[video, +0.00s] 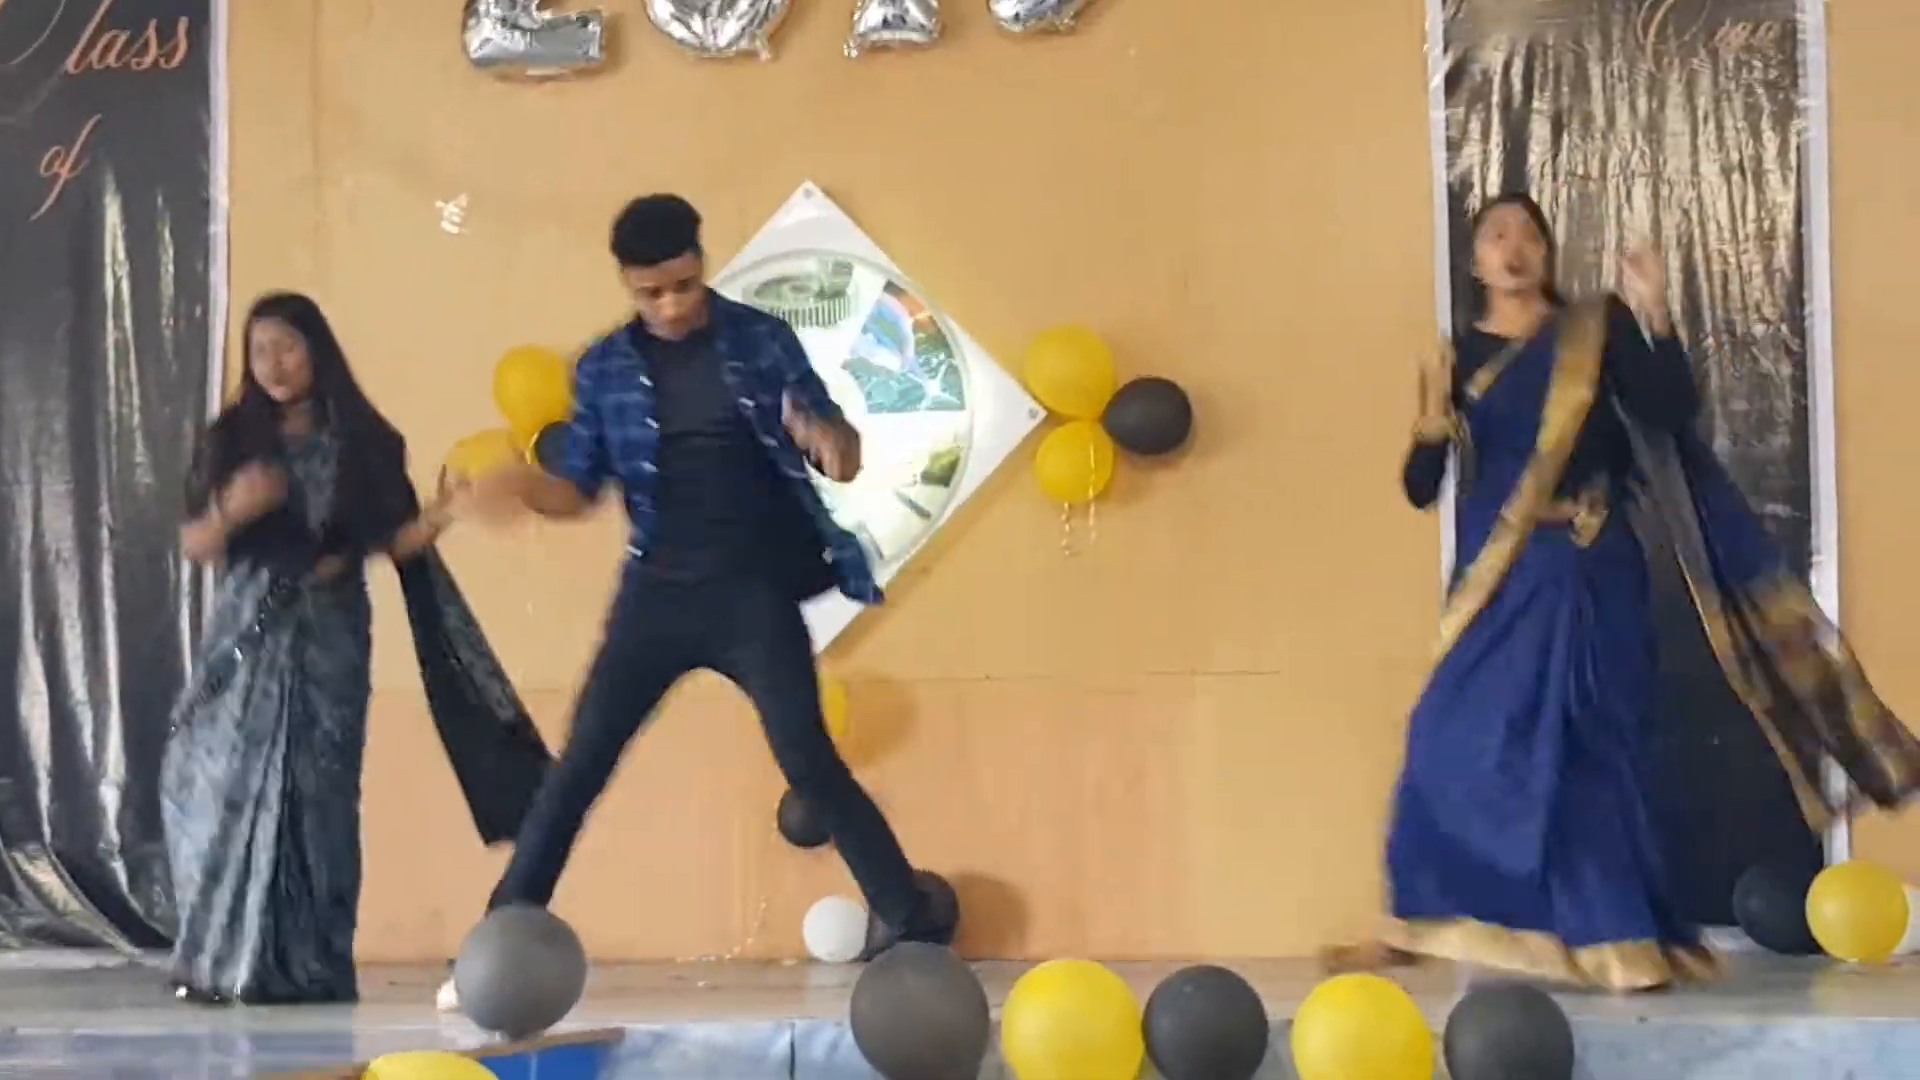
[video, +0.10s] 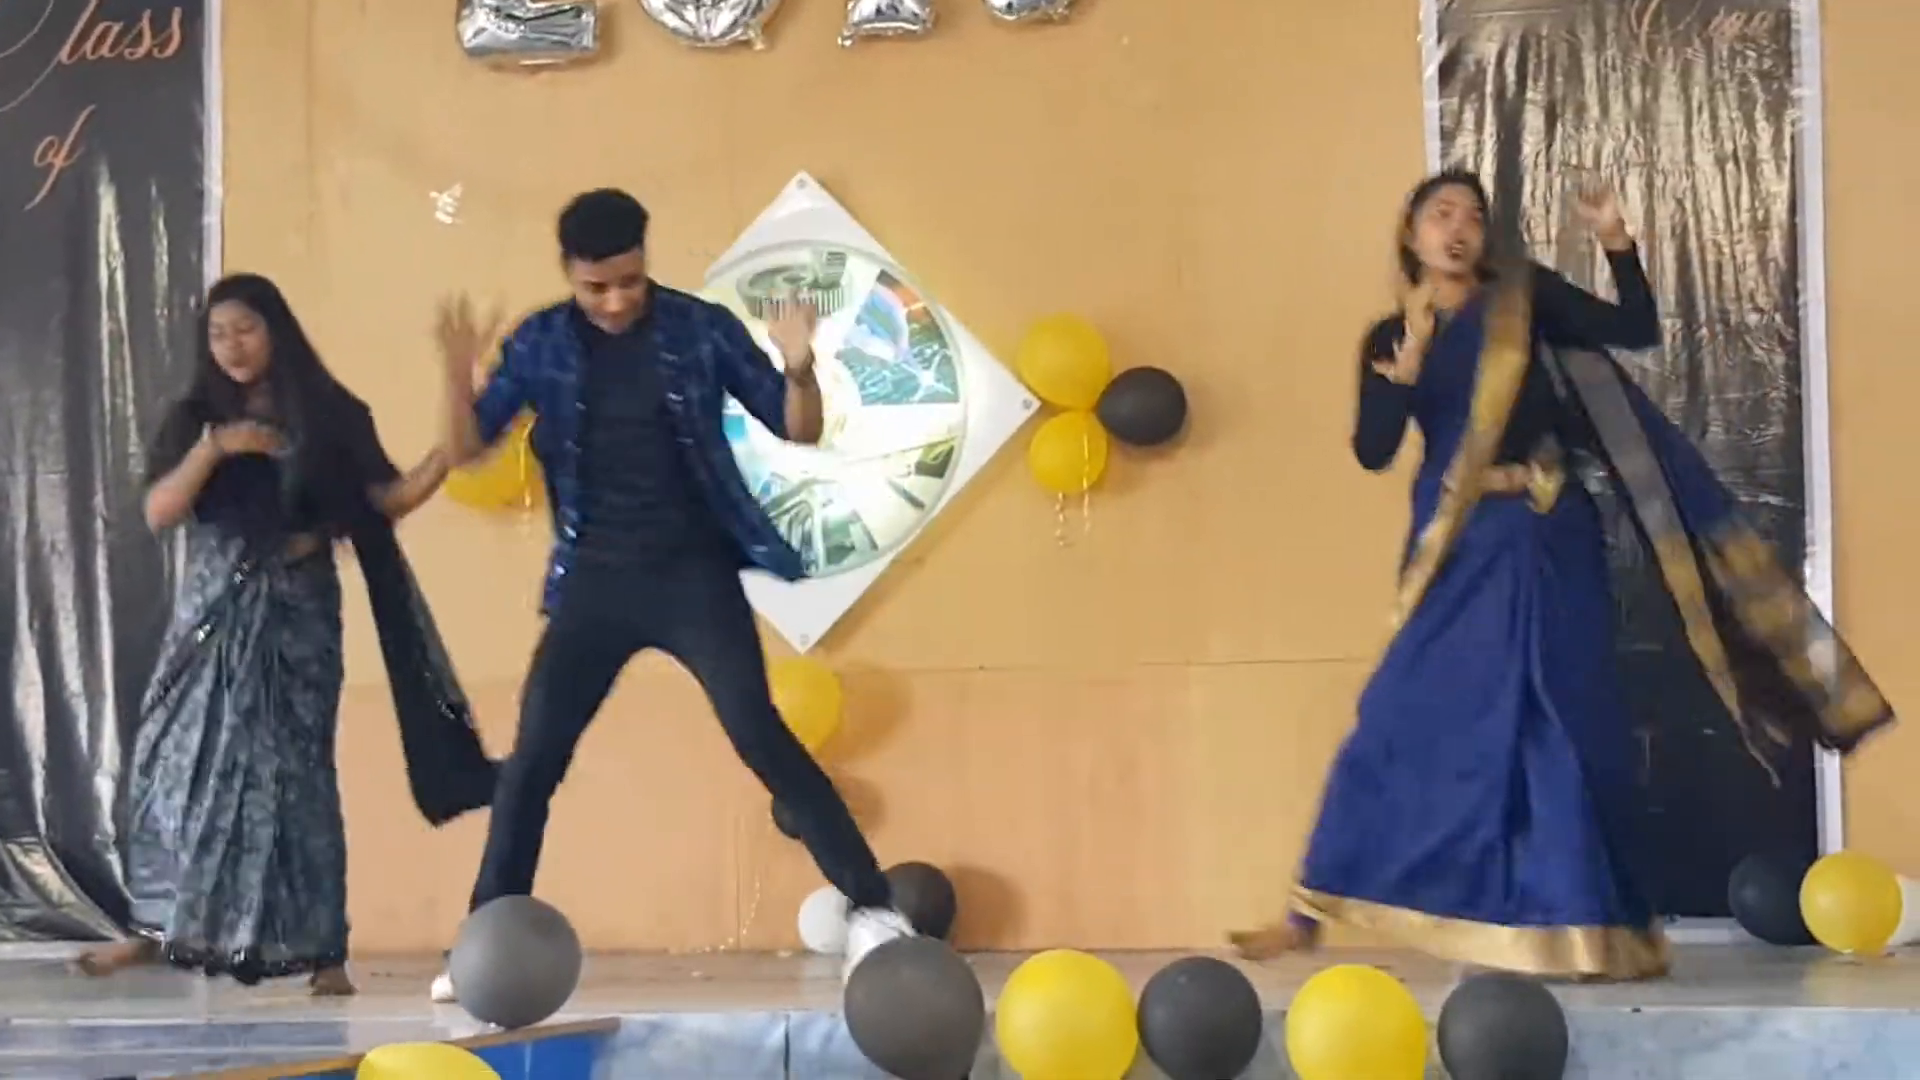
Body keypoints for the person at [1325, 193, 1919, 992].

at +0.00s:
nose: (1513, 248)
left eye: (1527, 234)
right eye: (1497, 236)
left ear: (1549, 250)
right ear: (1473, 256)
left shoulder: (1598, 326)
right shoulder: (1458, 357)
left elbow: (1673, 414)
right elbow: (1418, 489)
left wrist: (1656, 317)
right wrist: (1431, 433)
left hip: (1592, 556)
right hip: (1501, 564)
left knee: (1591, 734)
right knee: (1456, 723)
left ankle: (1617, 933)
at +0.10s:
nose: (1459, 228)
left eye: (1471, 216)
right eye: (1443, 213)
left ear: (1488, 235)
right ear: (1411, 234)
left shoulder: (1524, 297)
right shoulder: (1392, 334)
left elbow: (1637, 329)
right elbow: (1372, 450)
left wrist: (1617, 245)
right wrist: (1405, 363)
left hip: (1549, 523)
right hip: (1458, 532)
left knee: (1560, 714)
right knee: (1398, 708)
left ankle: (1584, 925)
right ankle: (1308, 911)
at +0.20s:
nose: (1398, 235)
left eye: (1412, 223)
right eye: (1384, 219)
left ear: (1424, 236)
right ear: (1349, 228)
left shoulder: (1456, 304)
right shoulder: (1327, 329)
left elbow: (1571, 324)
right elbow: (1333, 428)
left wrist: (1584, 243)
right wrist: (1397, 329)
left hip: (1507, 530)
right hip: (1413, 541)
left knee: (1538, 714)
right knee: (1346, 713)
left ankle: (1609, 917)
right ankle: (1255, 903)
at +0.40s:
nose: (1308, 262)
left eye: (1325, 253)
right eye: (1296, 242)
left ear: (1340, 268)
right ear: (1267, 245)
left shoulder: (1355, 337)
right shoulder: (1227, 327)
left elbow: (1475, 365)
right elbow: (1236, 411)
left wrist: (1518, 276)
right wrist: (1330, 342)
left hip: (1387, 539)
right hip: (1295, 547)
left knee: (1424, 717)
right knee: (1283, 724)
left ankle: (1559, 894)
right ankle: (1245, 919)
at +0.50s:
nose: (1284, 240)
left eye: (1302, 231)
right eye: (1272, 223)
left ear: (1325, 243)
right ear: (1250, 227)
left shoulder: (1350, 317)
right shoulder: (1215, 305)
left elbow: (1458, 347)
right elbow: (1182, 384)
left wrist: (1478, 257)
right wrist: (1287, 314)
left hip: (1362, 534)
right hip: (1265, 541)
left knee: (1390, 705)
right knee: (1271, 711)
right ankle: (1251, 908)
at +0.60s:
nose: (1274, 223)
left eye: (1291, 211)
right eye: (1262, 208)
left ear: (1316, 223)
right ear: (1241, 214)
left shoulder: (1347, 293)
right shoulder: (1211, 288)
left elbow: (1438, 368)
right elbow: (1139, 385)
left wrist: (1438, 284)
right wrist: (1237, 324)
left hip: (1345, 513)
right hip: (1250, 514)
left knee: (1349, 692)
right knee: (1255, 691)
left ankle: (1352, 896)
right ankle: (1251, 893)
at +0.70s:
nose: (1272, 238)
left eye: (1291, 226)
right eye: (1261, 221)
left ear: (1318, 238)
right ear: (1241, 224)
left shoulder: (1351, 308)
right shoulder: (1208, 306)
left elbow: (1380, 442)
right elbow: (1154, 412)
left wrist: (1384, 368)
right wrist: (1211, 354)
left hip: (1330, 514)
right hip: (1235, 513)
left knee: (1314, 697)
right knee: (1236, 696)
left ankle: (1325, 898)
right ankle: (1241, 895)